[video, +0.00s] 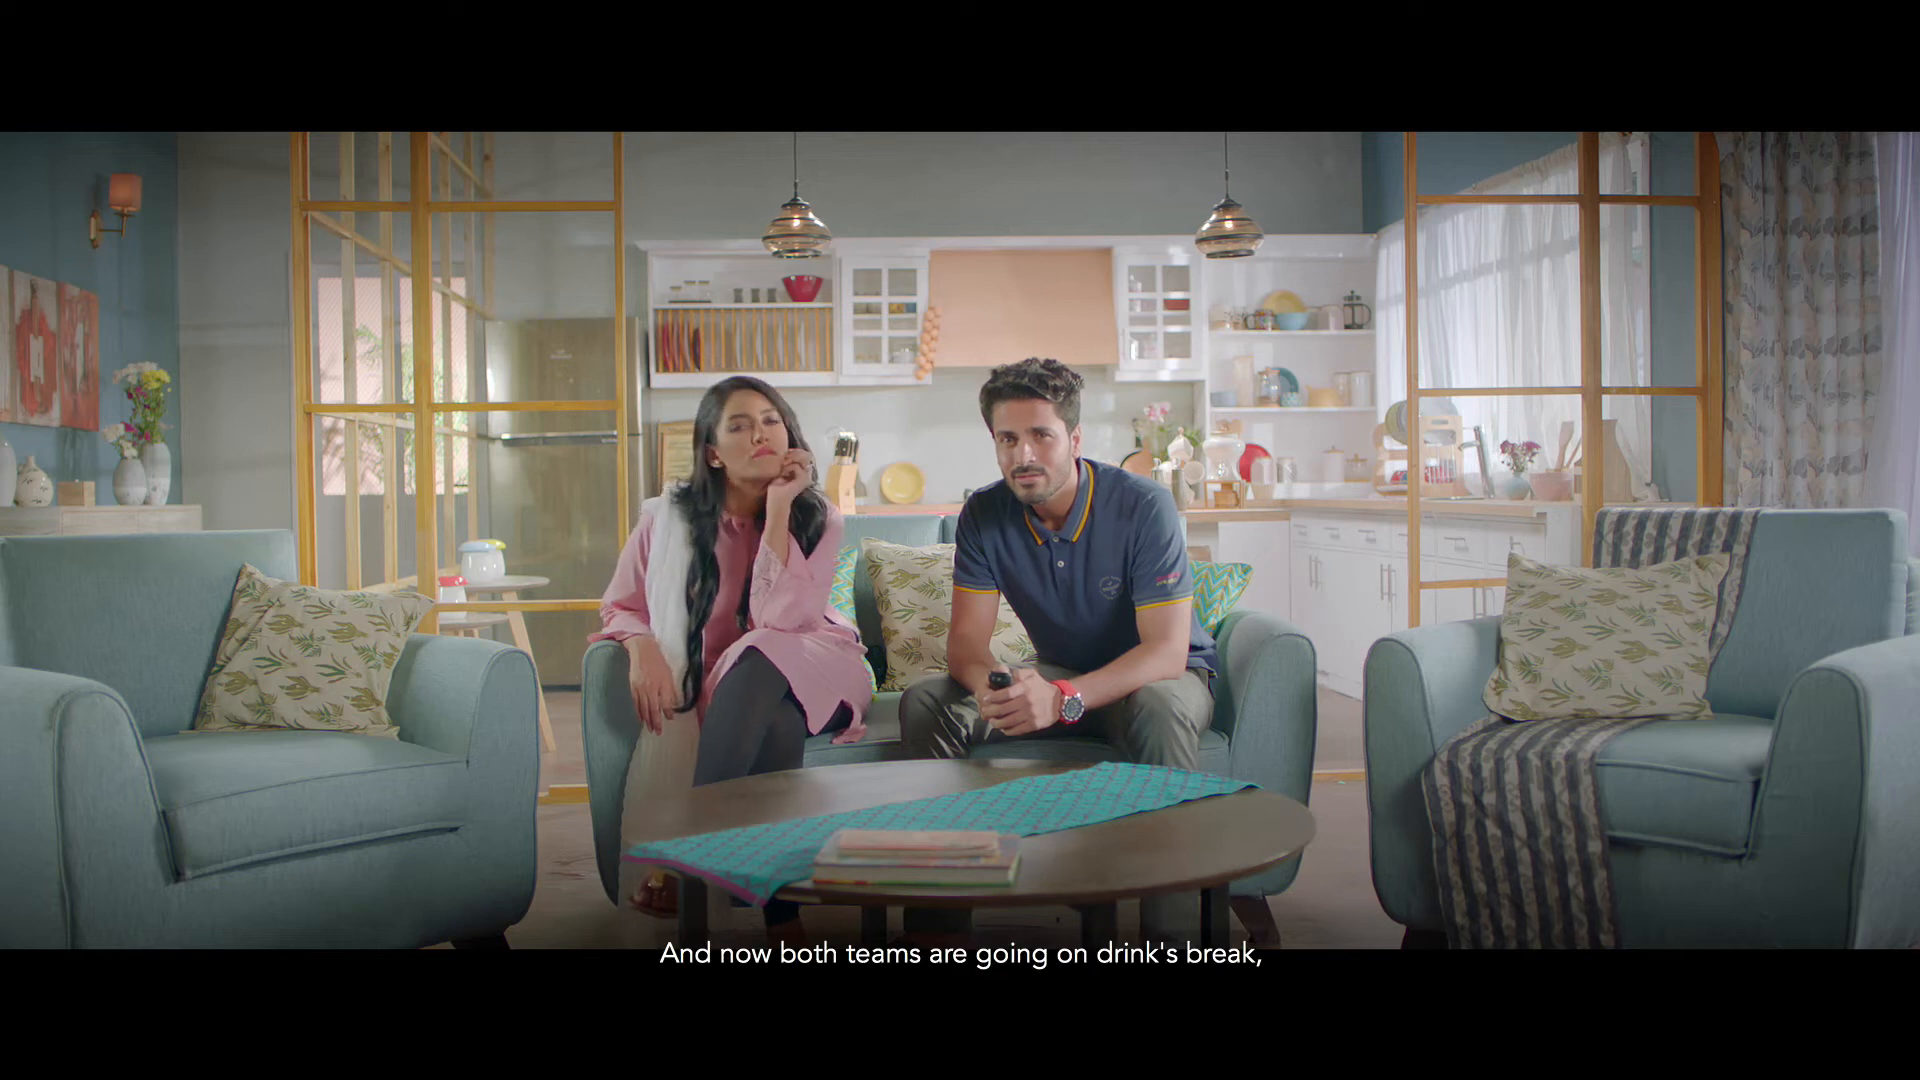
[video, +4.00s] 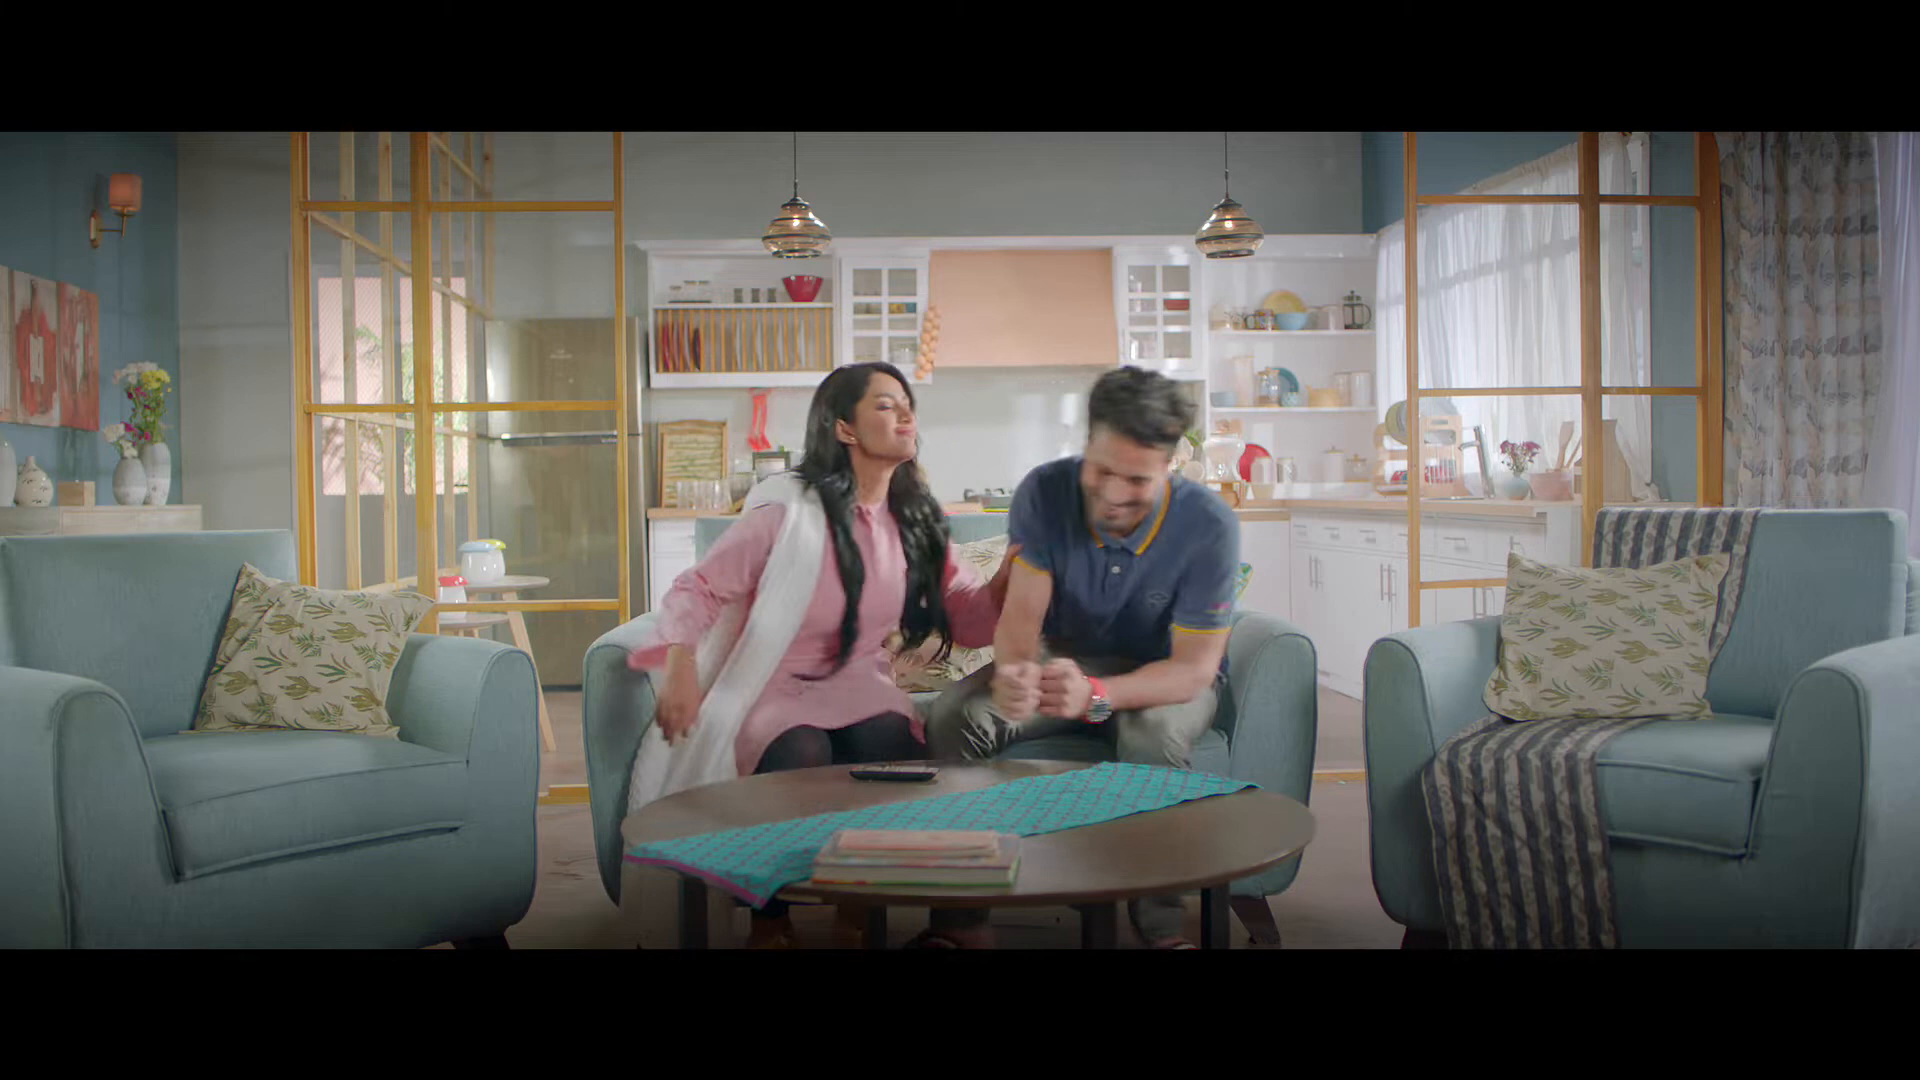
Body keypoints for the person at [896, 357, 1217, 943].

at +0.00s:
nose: (1023, 455)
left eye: (1040, 436)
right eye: (1008, 438)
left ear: (1075, 440)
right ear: (993, 443)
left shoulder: (1143, 507)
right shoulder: (985, 515)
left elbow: (1167, 654)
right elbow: (966, 647)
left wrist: (1064, 698)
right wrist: (996, 687)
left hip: (1156, 675)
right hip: (1060, 676)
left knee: (1157, 709)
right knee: (927, 702)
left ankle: (1172, 925)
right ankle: (941, 897)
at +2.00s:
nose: (989, 455)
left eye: (1005, 444)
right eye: (992, 438)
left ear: (1060, 453)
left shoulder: (1146, 509)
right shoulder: (986, 516)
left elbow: (1166, 654)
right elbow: (966, 646)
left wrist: (1063, 697)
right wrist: (995, 687)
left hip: (1156, 679)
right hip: (1060, 680)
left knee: (1158, 709)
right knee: (927, 703)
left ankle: (1170, 932)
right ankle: (939, 904)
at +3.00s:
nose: (1003, 458)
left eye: (1018, 449)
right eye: (1007, 441)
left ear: (1072, 463)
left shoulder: (1154, 509)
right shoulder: (992, 514)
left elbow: (1166, 654)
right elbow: (969, 642)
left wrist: (1052, 693)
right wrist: (913, 651)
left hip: (1157, 677)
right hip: (1061, 674)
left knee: (1155, 711)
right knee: (929, 703)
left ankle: (1166, 928)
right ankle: (940, 917)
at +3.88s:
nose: (1049, 486)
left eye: (1069, 474)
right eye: (1040, 465)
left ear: (1116, 459)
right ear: (1035, 442)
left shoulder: (1174, 508)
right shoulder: (1015, 503)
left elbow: (1169, 653)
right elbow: (1000, 619)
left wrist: (1057, 683)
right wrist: (970, 675)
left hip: (1154, 680)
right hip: (1058, 680)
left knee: (1153, 708)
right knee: (936, 705)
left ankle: (1172, 929)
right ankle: (949, 915)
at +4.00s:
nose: (1117, 495)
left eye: (1138, 479)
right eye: (1103, 471)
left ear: (1169, 467)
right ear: (1085, 448)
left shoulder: (1209, 525)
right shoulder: (1044, 492)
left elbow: (1195, 670)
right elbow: (1021, 612)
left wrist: (1096, 693)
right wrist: (1011, 676)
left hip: (1164, 673)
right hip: (1066, 658)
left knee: (1152, 731)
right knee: (954, 715)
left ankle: (1162, 922)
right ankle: (962, 916)